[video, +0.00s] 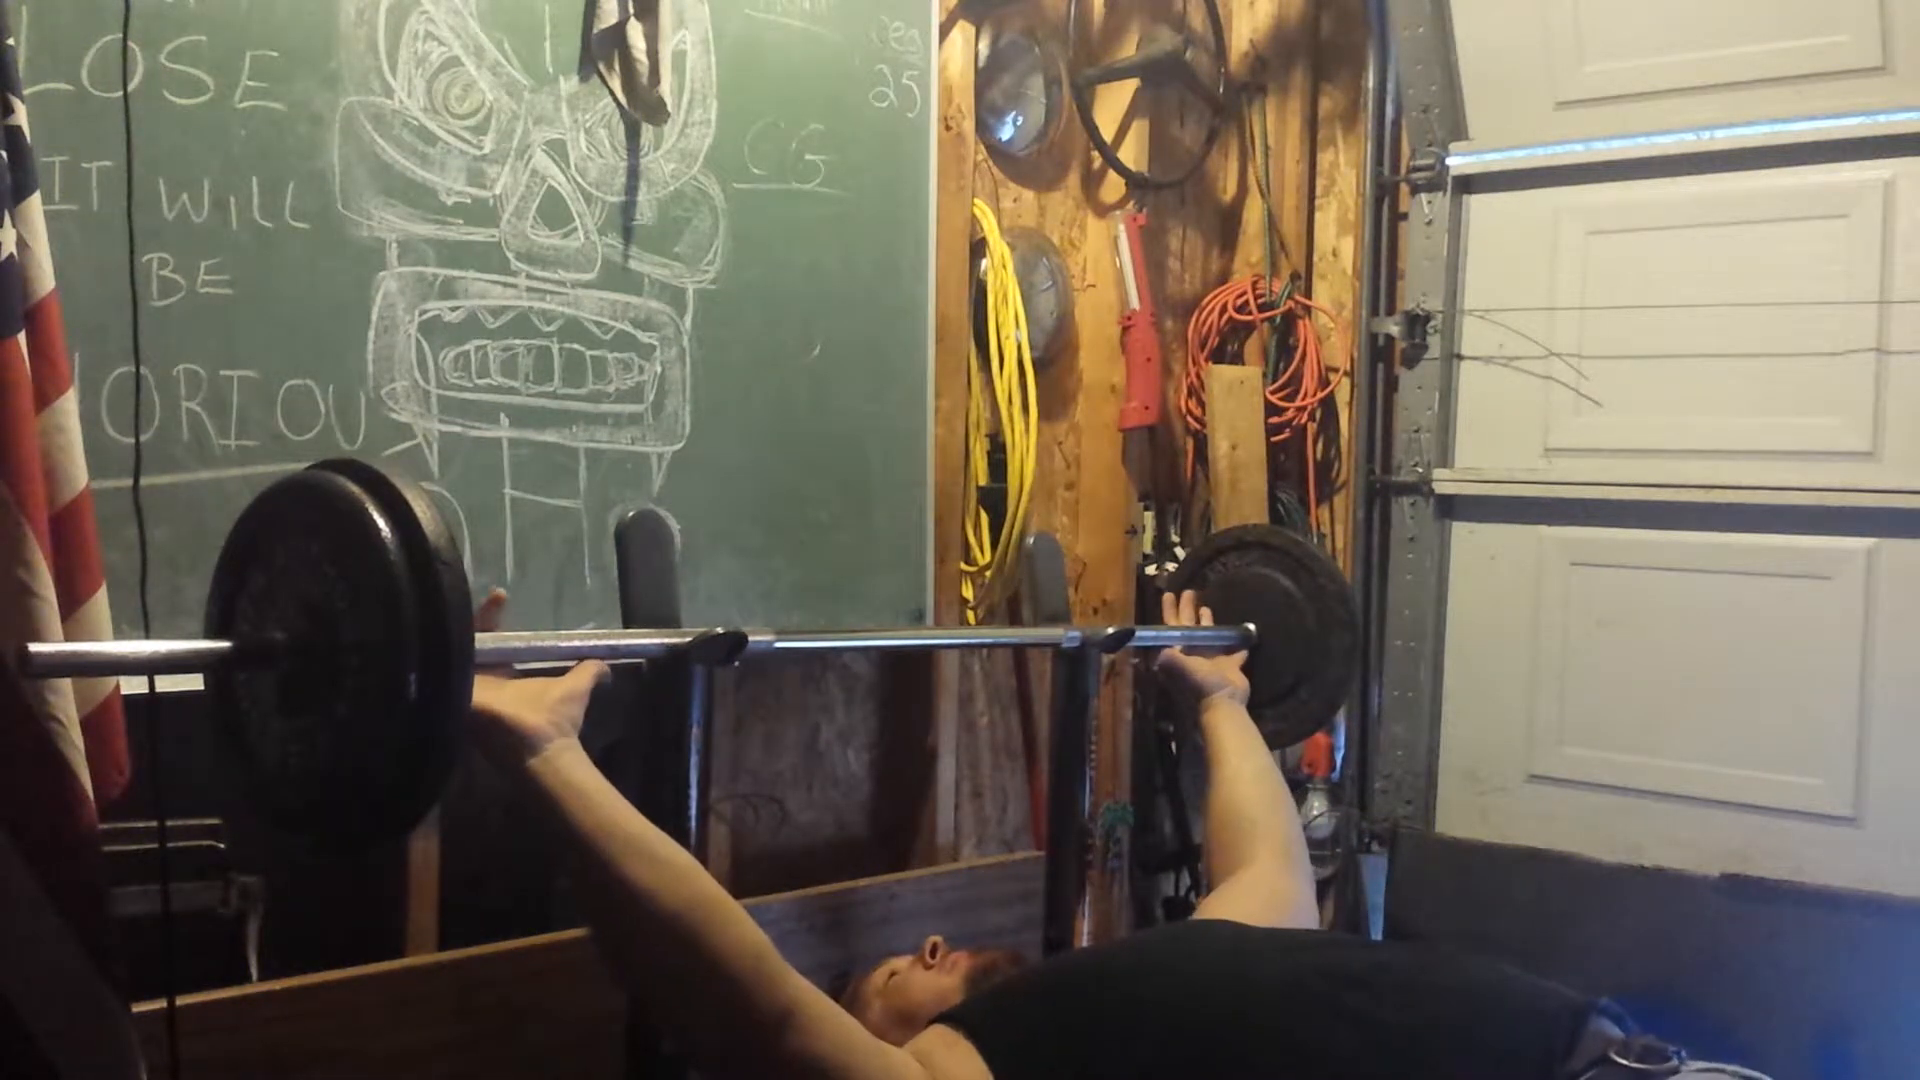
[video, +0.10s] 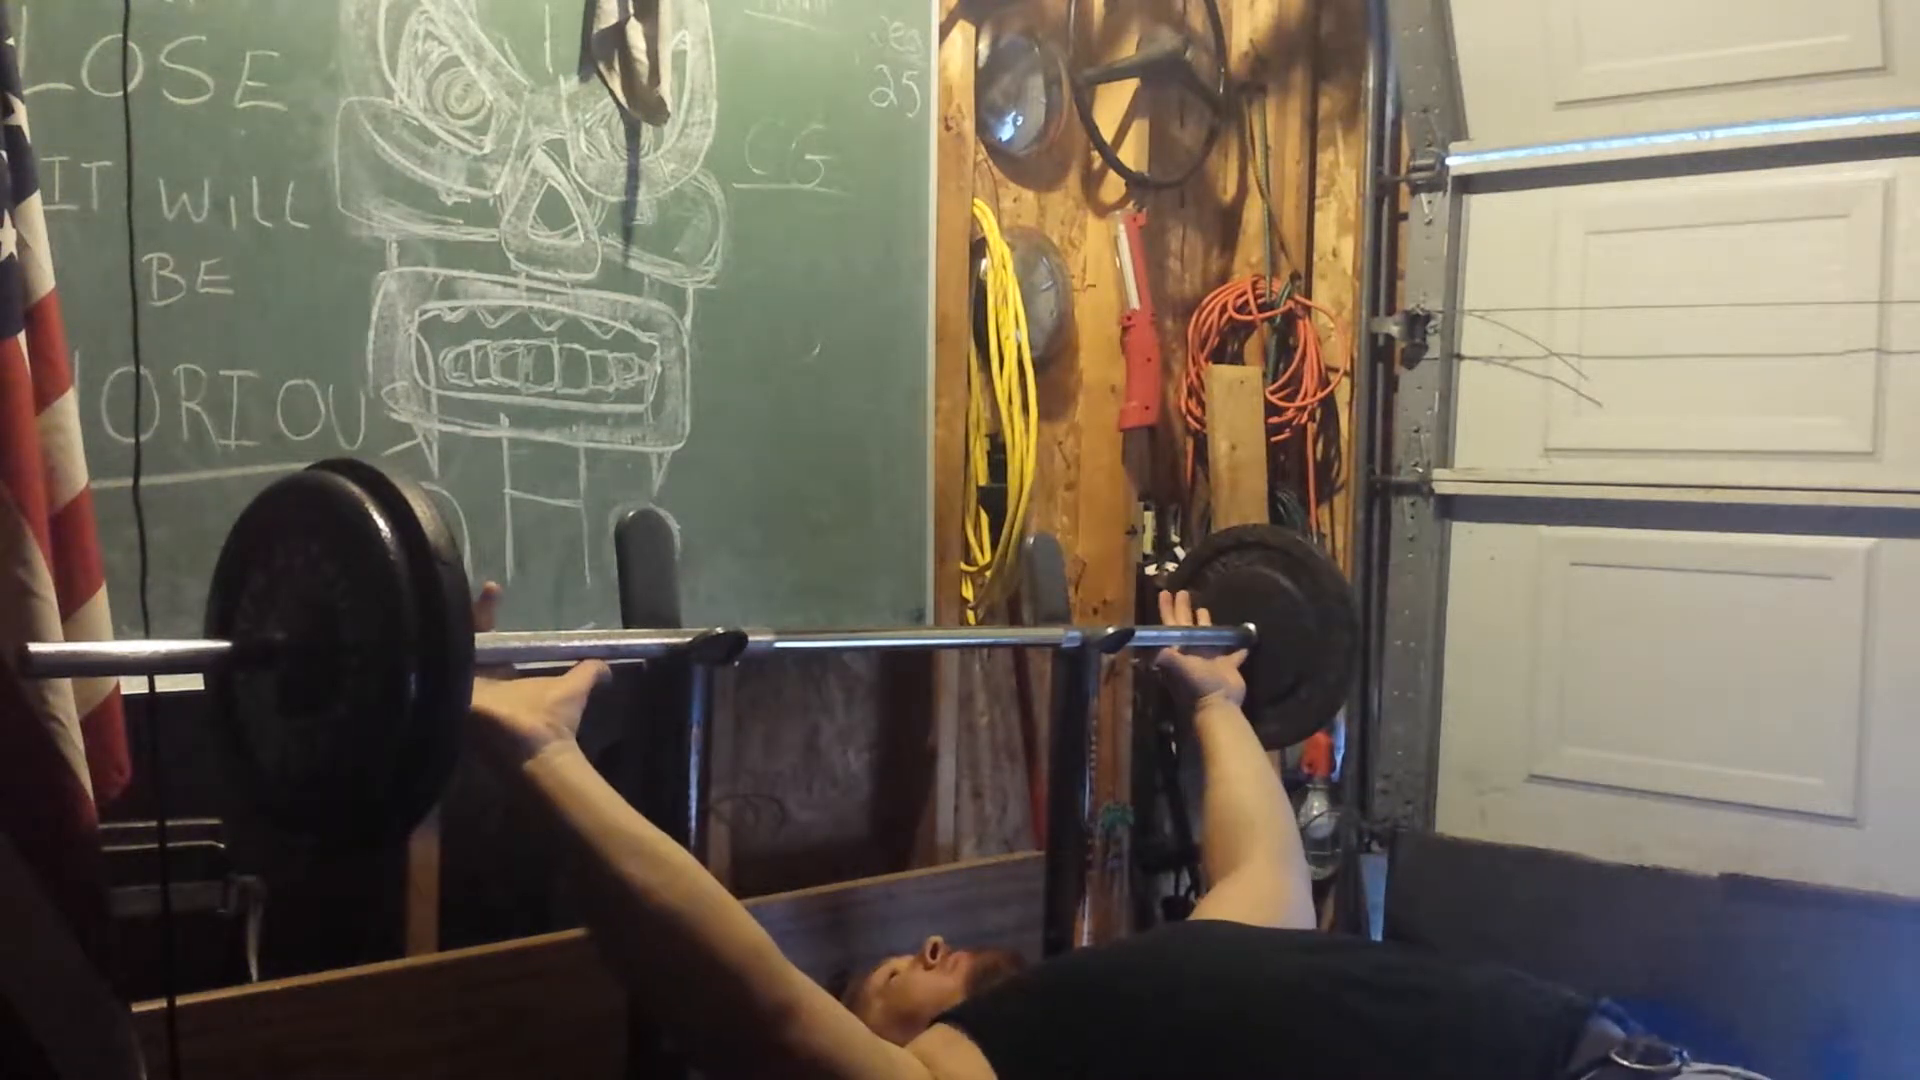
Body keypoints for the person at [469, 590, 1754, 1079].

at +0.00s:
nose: (912, 950)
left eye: (908, 953)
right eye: (876, 975)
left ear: (961, 972)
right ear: (856, 1037)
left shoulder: (1172, 979)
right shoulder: (935, 1073)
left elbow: (1264, 867)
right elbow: (746, 982)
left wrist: (1221, 697)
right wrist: (554, 755)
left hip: (1667, 1052)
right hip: (1568, 1068)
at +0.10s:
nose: (911, 950)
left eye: (911, 951)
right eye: (877, 976)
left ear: (965, 967)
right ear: (860, 1040)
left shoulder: (1168, 979)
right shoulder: (946, 1073)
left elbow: (1259, 866)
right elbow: (754, 987)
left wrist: (1217, 699)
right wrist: (549, 756)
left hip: (1659, 1053)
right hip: (1574, 1064)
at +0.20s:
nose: (917, 952)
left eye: (922, 949)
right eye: (890, 980)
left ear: (977, 959)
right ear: (892, 1046)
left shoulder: (1189, 973)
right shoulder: (948, 1071)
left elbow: (1255, 850)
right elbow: (752, 985)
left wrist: (1213, 694)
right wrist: (547, 756)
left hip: (1647, 1050)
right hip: (1553, 1062)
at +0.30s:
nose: (912, 953)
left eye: (913, 950)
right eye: (884, 979)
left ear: (970, 962)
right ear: (880, 1043)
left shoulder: (1171, 986)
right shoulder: (952, 1071)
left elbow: (1255, 860)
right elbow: (761, 997)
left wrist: (1212, 699)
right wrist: (545, 755)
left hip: (1657, 1052)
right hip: (1565, 1063)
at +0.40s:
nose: (914, 946)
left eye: (910, 948)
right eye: (884, 974)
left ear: (967, 965)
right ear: (879, 1044)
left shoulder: (1167, 981)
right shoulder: (956, 1073)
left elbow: (1254, 861)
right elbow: (761, 988)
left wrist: (1214, 700)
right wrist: (547, 754)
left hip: (1666, 1052)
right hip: (1570, 1063)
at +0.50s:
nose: (915, 948)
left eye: (914, 948)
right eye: (887, 975)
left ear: (972, 965)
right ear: (887, 1043)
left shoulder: (1165, 987)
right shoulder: (954, 1073)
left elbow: (1256, 856)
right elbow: (768, 998)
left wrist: (1213, 698)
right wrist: (546, 753)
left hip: (1662, 1054)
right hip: (1573, 1062)